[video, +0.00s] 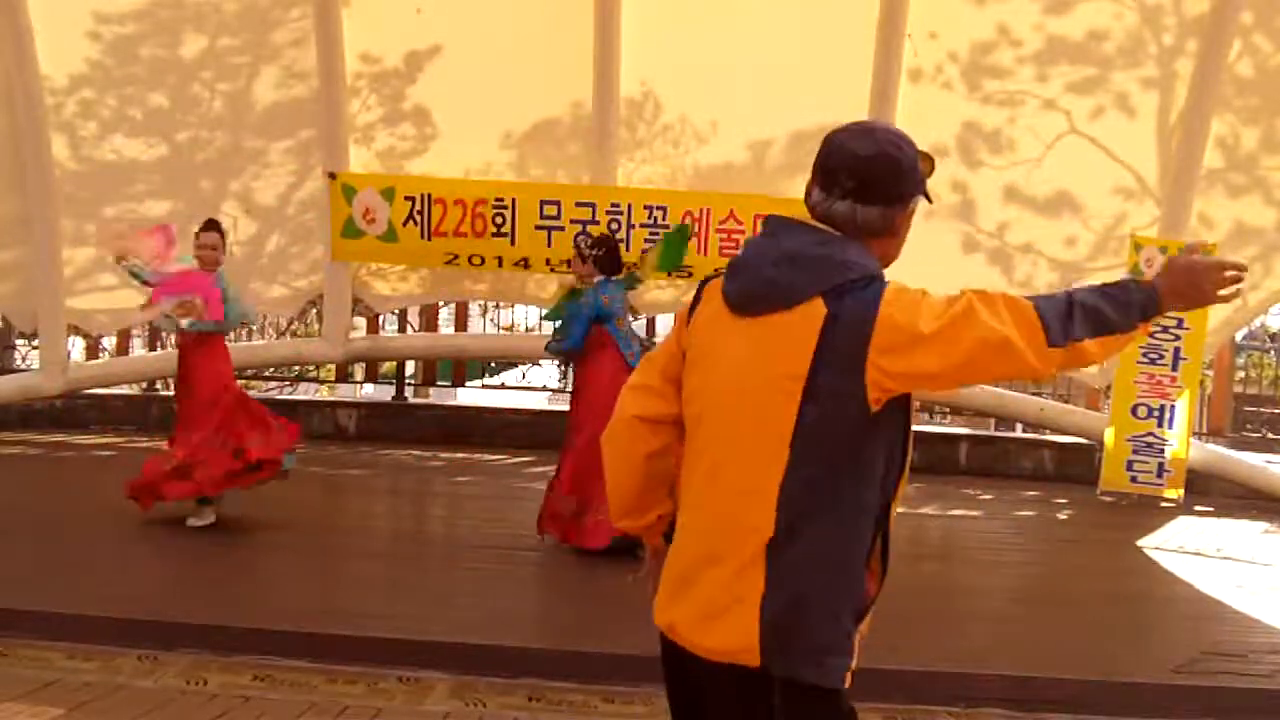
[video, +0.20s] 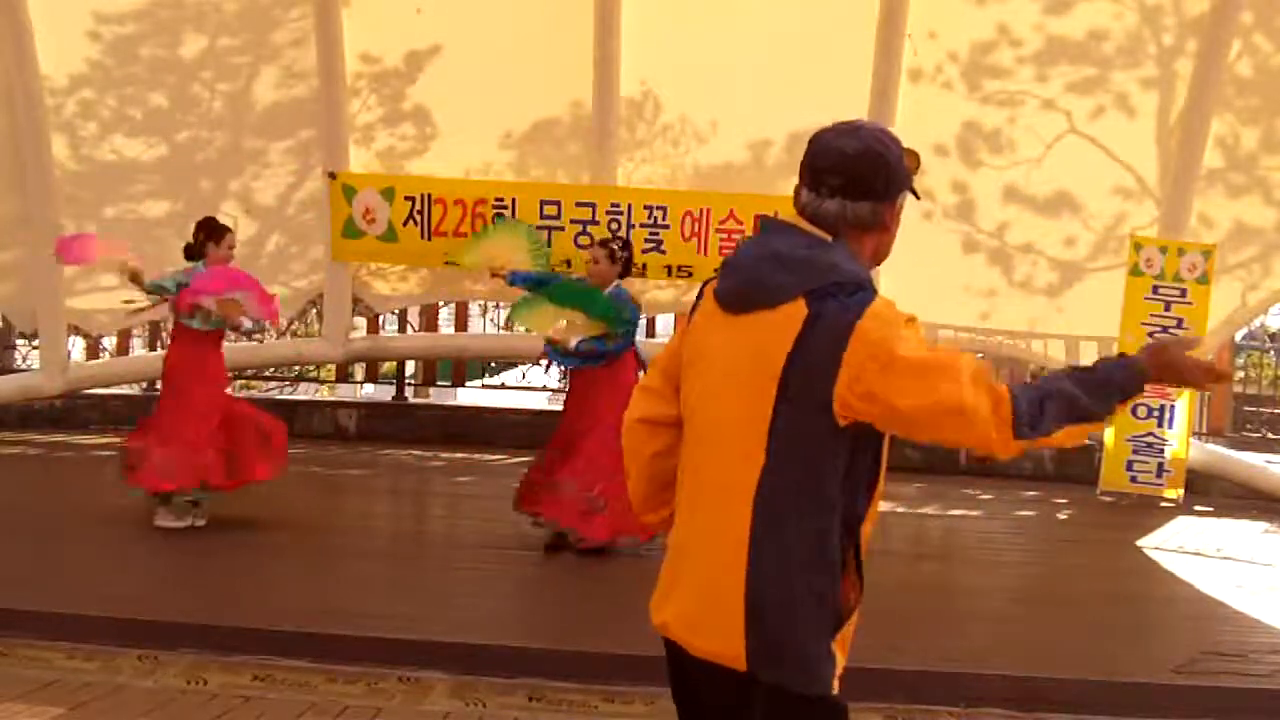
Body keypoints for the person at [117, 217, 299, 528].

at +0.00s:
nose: (207, 253)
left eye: (213, 248)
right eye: (202, 247)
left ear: (223, 253)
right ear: (194, 250)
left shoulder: (222, 285)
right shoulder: (186, 280)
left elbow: (235, 320)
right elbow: (154, 281)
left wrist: (198, 321)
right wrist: (129, 264)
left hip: (213, 356)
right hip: (189, 355)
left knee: (206, 422)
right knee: (193, 422)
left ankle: (207, 502)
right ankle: (201, 496)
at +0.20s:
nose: (232, 255)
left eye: (233, 248)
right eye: (227, 248)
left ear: (218, 247)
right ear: (208, 247)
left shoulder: (229, 282)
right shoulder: (195, 278)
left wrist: (234, 315)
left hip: (205, 359)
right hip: (187, 360)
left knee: (202, 424)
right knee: (183, 425)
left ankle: (192, 499)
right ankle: (168, 503)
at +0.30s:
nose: (229, 249)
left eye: (227, 244)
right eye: (226, 243)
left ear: (202, 244)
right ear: (216, 244)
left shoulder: (212, 274)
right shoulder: (203, 275)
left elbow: (230, 315)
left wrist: (242, 293)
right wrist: (243, 292)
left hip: (197, 360)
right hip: (184, 361)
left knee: (200, 425)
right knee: (184, 427)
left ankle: (189, 499)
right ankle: (167, 504)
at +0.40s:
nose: (215, 248)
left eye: (211, 244)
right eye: (215, 244)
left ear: (188, 248)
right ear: (214, 248)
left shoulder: (176, 282)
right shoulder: (213, 282)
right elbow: (256, 295)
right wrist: (300, 293)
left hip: (175, 360)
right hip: (198, 363)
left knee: (193, 425)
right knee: (203, 427)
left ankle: (191, 495)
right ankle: (184, 494)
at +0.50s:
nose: (181, 243)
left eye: (184, 238)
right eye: (183, 238)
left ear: (190, 243)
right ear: (210, 245)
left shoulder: (172, 280)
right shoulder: (220, 279)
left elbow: (144, 309)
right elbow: (265, 289)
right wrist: (304, 278)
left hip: (181, 357)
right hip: (211, 356)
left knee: (183, 422)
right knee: (217, 421)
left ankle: (193, 502)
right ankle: (227, 499)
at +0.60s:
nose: (174, 251)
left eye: (178, 244)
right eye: (175, 244)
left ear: (192, 246)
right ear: (201, 247)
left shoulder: (183, 285)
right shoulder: (216, 281)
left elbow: (144, 315)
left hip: (190, 365)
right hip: (218, 364)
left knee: (192, 430)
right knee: (214, 428)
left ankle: (195, 504)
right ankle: (220, 500)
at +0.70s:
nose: (182, 252)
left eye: (188, 246)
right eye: (180, 246)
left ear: (207, 250)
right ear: (179, 247)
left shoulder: (201, 282)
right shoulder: (188, 281)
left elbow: (183, 315)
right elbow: (165, 301)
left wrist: (158, 320)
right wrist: (146, 283)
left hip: (203, 364)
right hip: (199, 361)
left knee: (190, 428)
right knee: (204, 428)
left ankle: (194, 503)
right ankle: (215, 497)